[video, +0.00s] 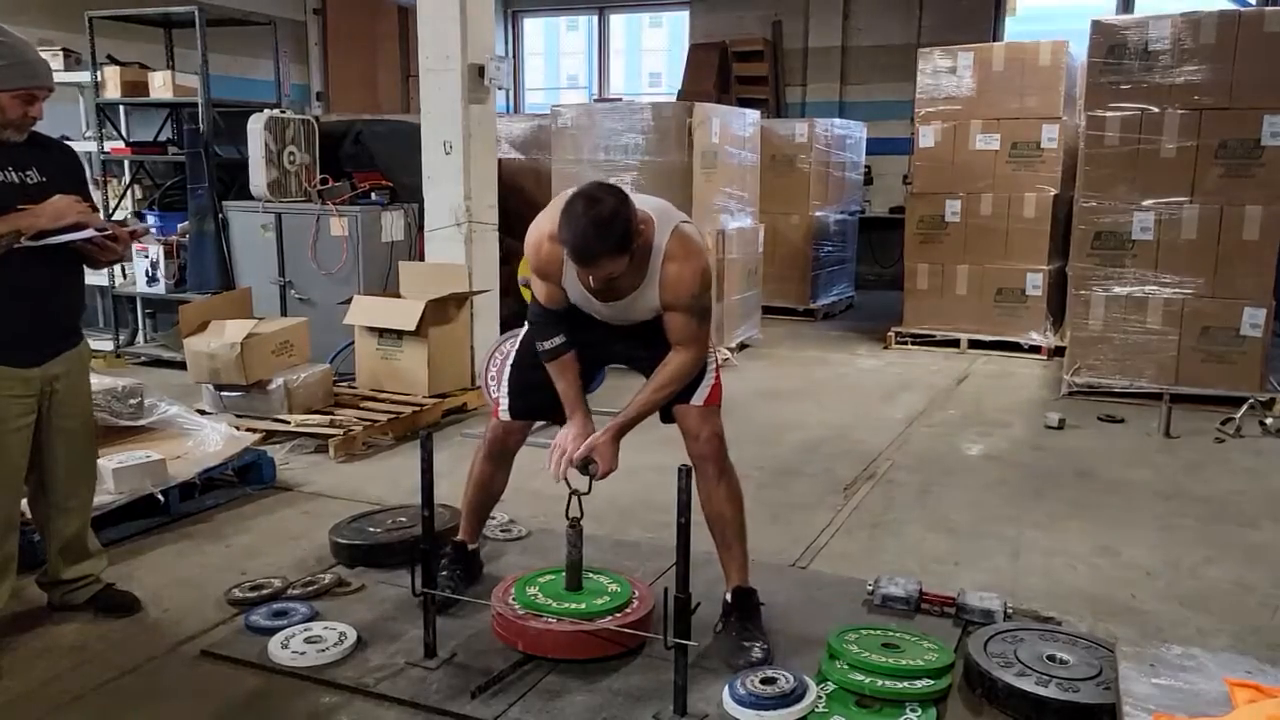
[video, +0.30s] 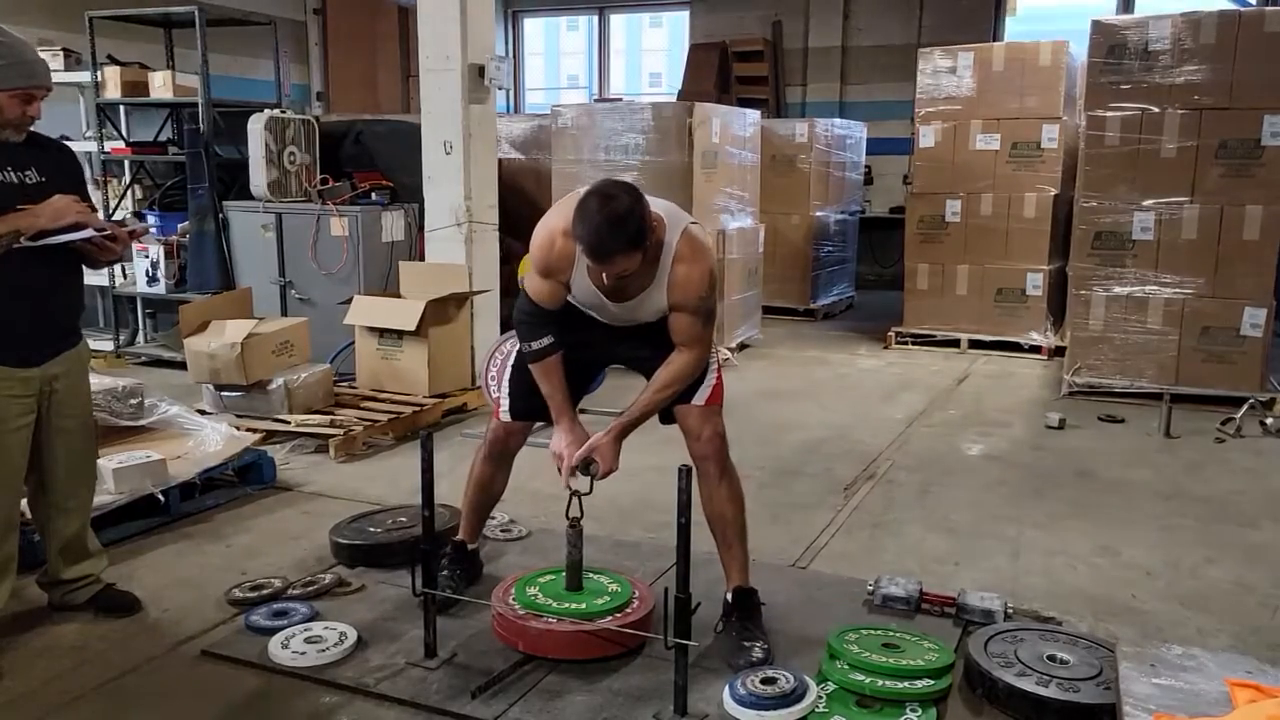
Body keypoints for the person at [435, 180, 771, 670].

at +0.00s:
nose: (599, 283)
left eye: (610, 275)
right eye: (589, 274)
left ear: (637, 242)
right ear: (568, 245)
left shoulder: (683, 262)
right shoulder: (545, 241)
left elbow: (689, 354)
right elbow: (547, 330)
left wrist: (615, 430)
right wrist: (577, 416)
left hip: (659, 326)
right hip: (577, 319)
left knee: (708, 443)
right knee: (502, 430)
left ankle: (740, 597)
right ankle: (462, 549)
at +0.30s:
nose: (608, 282)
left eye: (622, 272)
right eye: (597, 271)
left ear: (651, 239)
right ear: (578, 241)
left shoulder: (691, 258)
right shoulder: (554, 238)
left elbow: (692, 352)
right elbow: (534, 324)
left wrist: (617, 432)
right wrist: (565, 422)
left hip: (660, 327)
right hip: (577, 321)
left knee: (710, 443)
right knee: (502, 432)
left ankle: (741, 599)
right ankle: (462, 549)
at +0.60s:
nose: (605, 277)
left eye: (618, 268)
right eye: (595, 267)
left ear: (647, 236)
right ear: (576, 235)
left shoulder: (689, 254)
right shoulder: (551, 236)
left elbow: (692, 350)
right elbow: (525, 327)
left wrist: (624, 434)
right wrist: (565, 422)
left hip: (657, 325)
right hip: (573, 320)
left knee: (708, 443)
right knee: (501, 432)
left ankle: (741, 599)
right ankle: (462, 549)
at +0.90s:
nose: (603, 282)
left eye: (615, 274)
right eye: (592, 273)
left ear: (643, 242)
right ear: (574, 243)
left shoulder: (687, 260)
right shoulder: (550, 240)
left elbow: (690, 354)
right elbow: (538, 326)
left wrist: (619, 433)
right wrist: (572, 417)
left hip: (659, 328)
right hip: (577, 320)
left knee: (708, 443)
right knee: (502, 432)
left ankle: (741, 598)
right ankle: (462, 549)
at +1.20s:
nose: (604, 287)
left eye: (616, 278)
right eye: (594, 277)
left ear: (644, 246)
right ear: (575, 248)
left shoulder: (688, 263)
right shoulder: (550, 246)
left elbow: (691, 353)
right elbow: (522, 328)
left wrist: (619, 431)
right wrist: (562, 423)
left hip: (660, 328)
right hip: (575, 322)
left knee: (709, 443)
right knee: (504, 433)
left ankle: (740, 596)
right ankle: (463, 548)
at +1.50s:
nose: (609, 295)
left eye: (622, 286)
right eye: (598, 286)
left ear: (647, 257)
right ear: (578, 260)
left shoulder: (689, 265)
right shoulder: (552, 258)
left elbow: (689, 350)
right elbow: (498, 341)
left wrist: (625, 431)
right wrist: (560, 432)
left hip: (659, 325)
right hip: (569, 321)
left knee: (706, 442)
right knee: (501, 433)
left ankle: (740, 597)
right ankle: (462, 549)